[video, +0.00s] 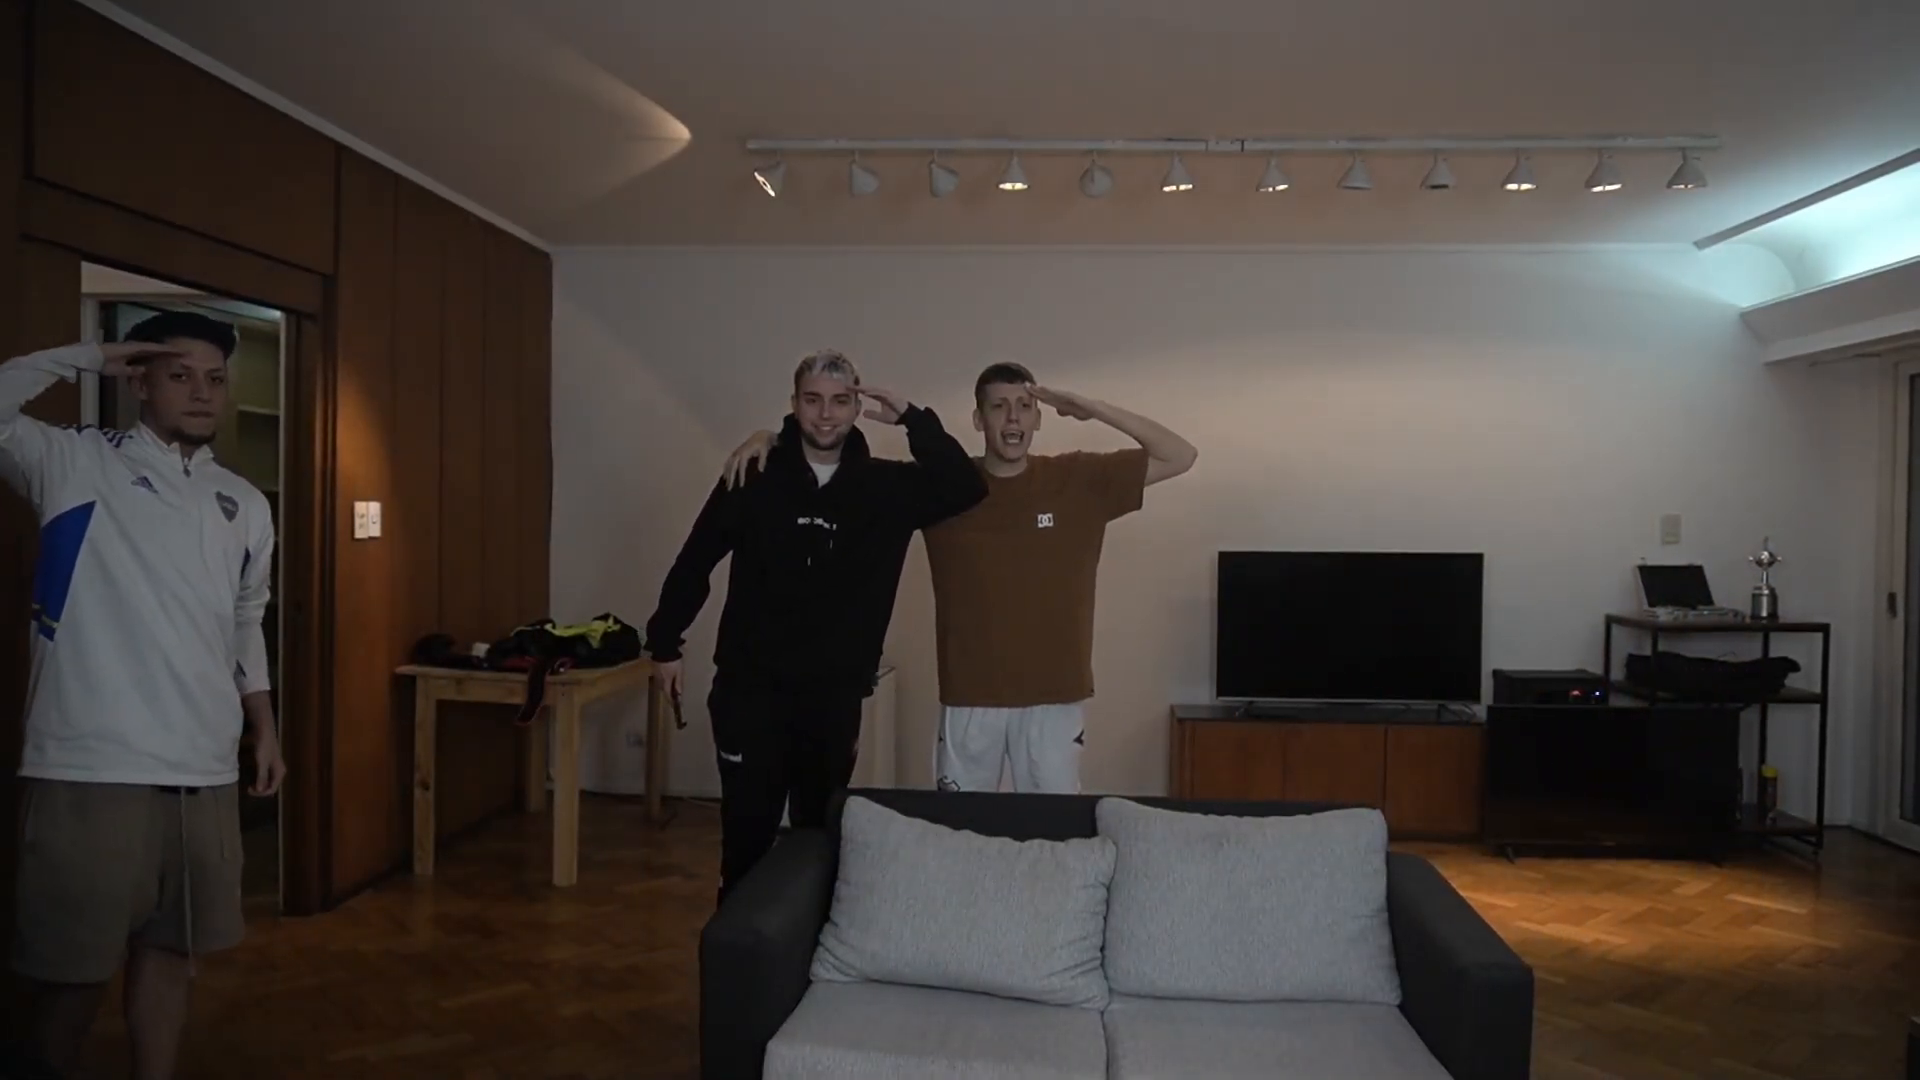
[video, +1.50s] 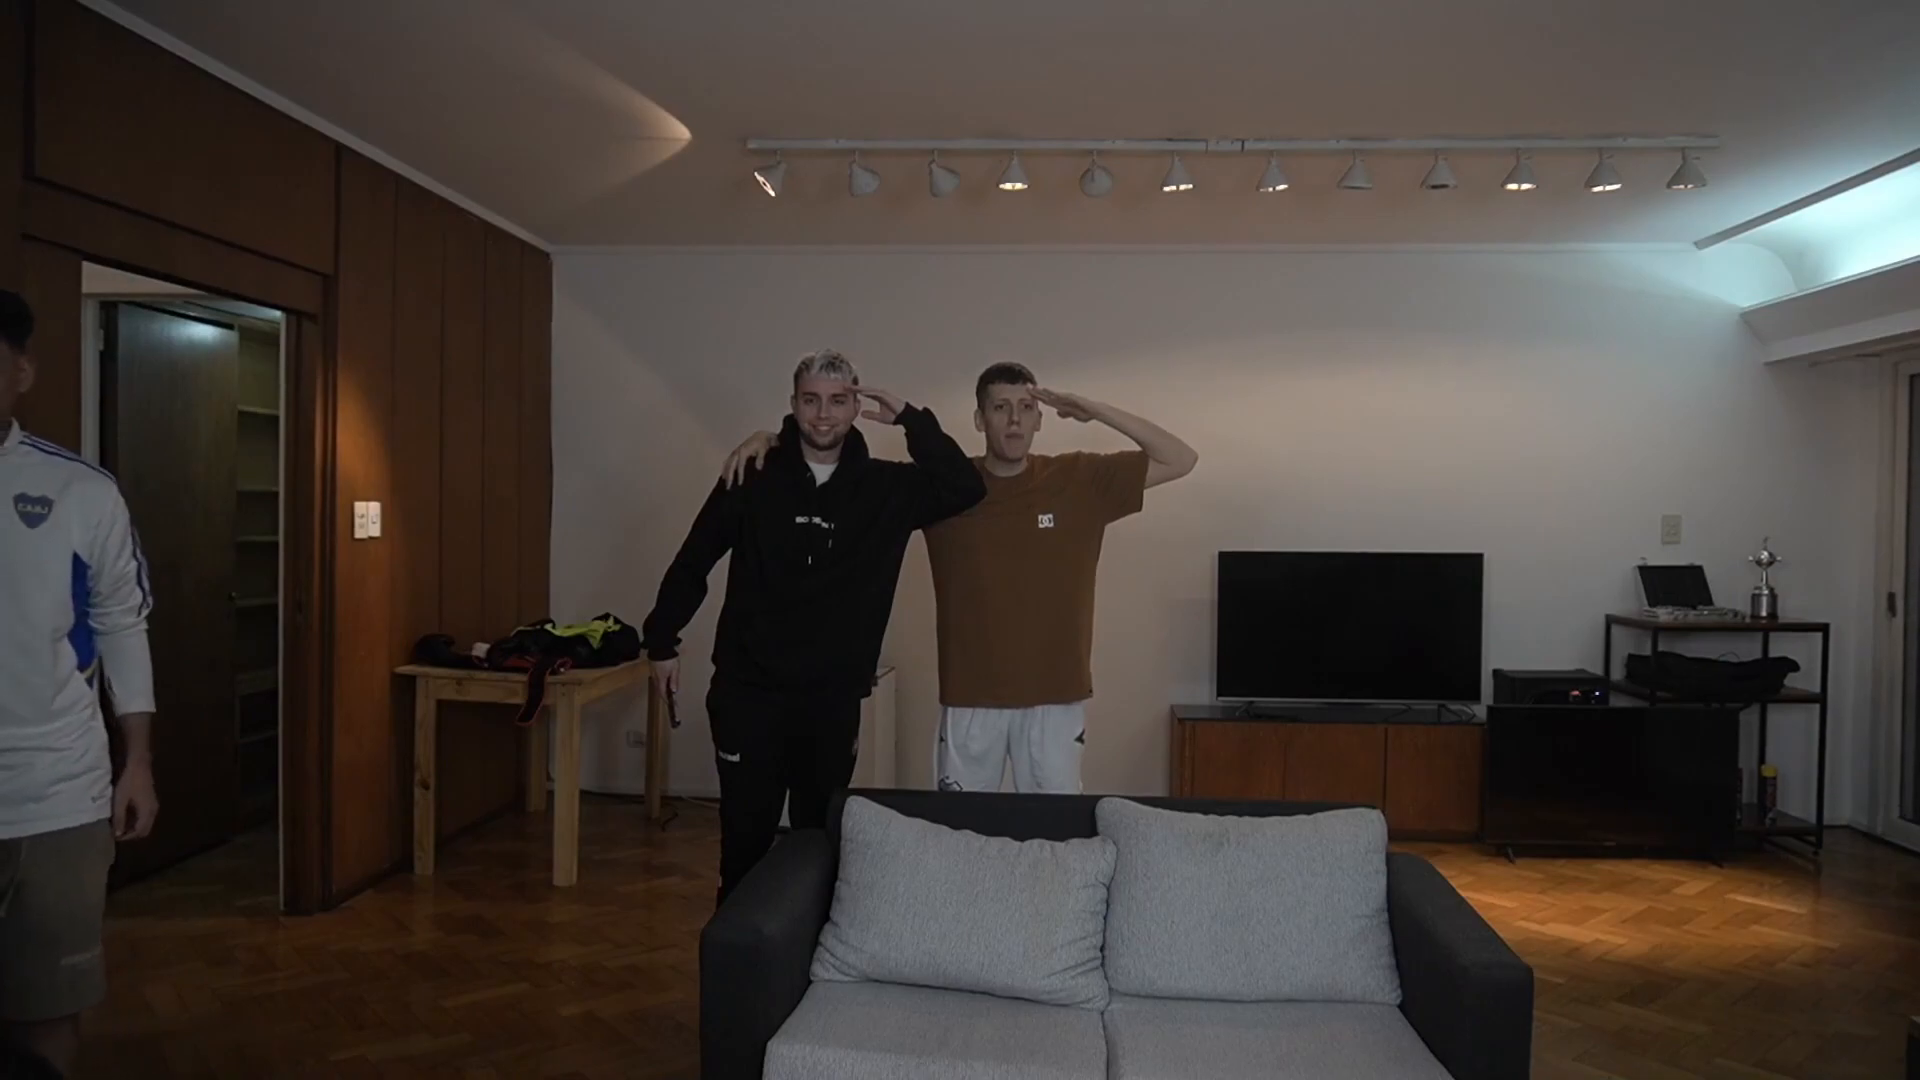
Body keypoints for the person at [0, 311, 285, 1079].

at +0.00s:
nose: (203, 390)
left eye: (216, 378)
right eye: (182, 374)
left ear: (227, 392)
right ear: (138, 384)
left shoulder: (246, 506)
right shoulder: (70, 459)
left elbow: (248, 625)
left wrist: (264, 724)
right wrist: (84, 357)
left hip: (203, 770)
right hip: (87, 767)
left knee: (172, 958)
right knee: (71, 972)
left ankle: (155, 1074)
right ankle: (53, 1075)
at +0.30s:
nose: (185, 389)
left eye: (200, 376)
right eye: (164, 373)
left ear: (213, 390)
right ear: (123, 383)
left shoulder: (238, 506)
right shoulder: (49, 458)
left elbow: (240, 622)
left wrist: (251, 729)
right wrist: (65, 355)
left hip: (184, 773)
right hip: (56, 764)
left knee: (164, 958)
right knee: (39, 972)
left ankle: (154, 1074)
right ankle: (37, 1079)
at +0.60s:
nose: (135, 391)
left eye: (153, 376)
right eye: (115, 373)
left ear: (174, 390)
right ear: (81, 382)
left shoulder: (202, 508)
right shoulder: (21, 469)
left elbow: (211, 627)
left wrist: (225, 741)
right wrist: (26, 366)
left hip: (156, 781)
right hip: (31, 778)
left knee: (147, 965)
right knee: (11, 975)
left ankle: (150, 1077)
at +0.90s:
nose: (42, 386)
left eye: (61, 369)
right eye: (23, 367)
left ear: (93, 382)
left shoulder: (131, 506)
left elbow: (146, 631)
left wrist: (163, 755)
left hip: (93, 786)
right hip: (3, 787)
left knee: (122, 979)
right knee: (8, 994)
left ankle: (138, 1077)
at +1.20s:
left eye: (5, 359)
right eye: (2, 358)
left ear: (26, 371)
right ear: (18, 368)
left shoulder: (77, 494)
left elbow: (104, 623)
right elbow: (106, 624)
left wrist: (120, 749)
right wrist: (118, 749)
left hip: (52, 776)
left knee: (91, 986)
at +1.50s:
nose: (2, 379)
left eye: (6, 365)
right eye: (3, 363)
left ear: (25, 373)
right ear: (16, 370)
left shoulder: (81, 493)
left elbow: (123, 625)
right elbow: (124, 626)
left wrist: (138, 758)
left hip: (50, 802)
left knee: (45, 1021)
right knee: (35, 1020)